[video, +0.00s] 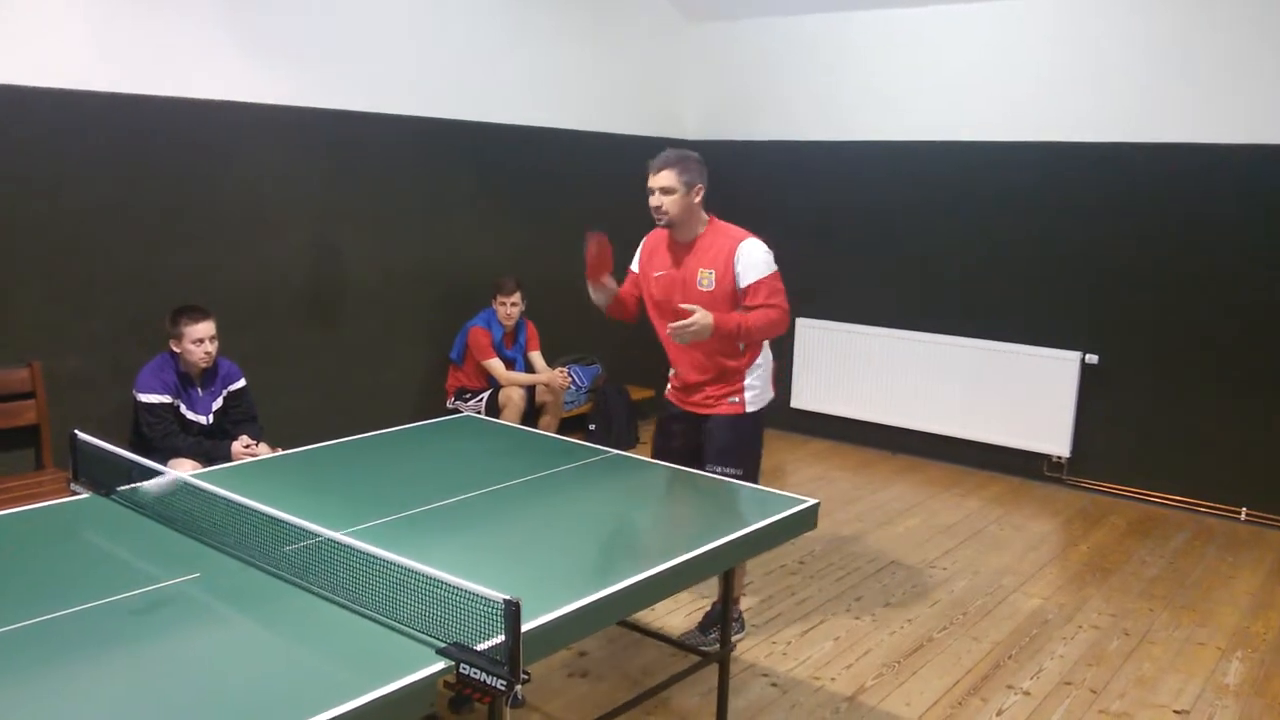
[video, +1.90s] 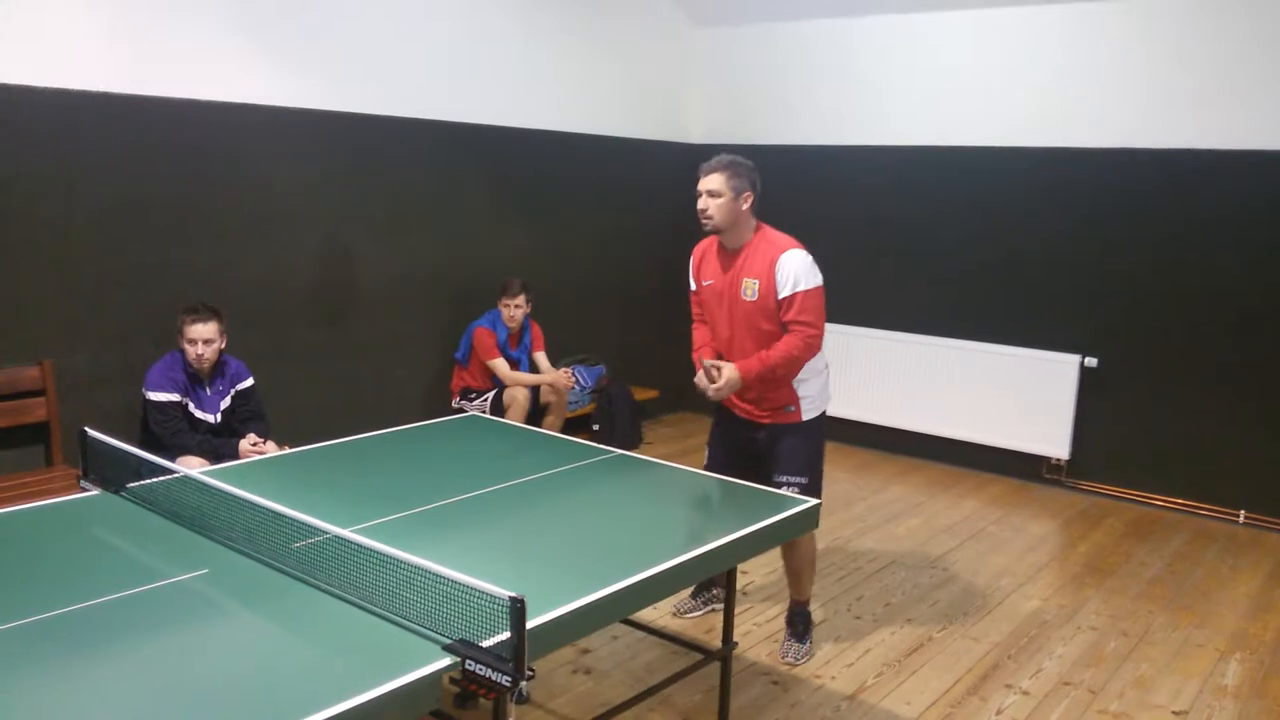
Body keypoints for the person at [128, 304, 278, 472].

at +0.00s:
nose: (208, 350)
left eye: (212, 340)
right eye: (198, 343)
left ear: (218, 340)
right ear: (176, 345)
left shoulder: (228, 372)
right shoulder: (152, 381)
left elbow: (245, 420)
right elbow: (166, 442)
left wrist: (245, 438)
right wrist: (227, 451)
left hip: (218, 451)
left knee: (264, 454)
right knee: (187, 470)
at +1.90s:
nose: (199, 352)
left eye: (208, 343)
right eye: (191, 343)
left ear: (222, 342)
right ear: (181, 342)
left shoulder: (235, 371)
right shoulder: (161, 377)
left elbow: (251, 419)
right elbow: (174, 440)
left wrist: (251, 438)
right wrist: (234, 449)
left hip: (226, 450)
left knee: (270, 450)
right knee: (195, 467)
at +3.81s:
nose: (188, 360)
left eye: (197, 351)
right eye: (180, 351)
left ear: (212, 351)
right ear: (170, 350)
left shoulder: (225, 380)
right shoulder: (150, 386)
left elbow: (240, 428)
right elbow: (162, 449)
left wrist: (241, 447)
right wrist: (223, 458)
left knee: (260, 460)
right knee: (184, 476)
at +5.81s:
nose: (203, 360)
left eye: (210, 350)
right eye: (194, 352)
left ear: (219, 348)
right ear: (176, 349)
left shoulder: (230, 377)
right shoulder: (155, 384)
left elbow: (246, 426)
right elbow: (167, 446)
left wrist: (245, 444)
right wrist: (228, 455)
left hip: (220, 458)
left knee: (265, 458)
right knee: (189, 473)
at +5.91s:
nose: (202, 360)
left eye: (209, 351)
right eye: (194, 352)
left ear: (218, 348)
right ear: (176, 349)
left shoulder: (229, 378)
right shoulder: (155, 384)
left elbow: (246, 426)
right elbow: (167, 447)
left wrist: (245, 444)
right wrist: (228, 455)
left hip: (219, 457)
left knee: (264, 458)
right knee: (190, 474)